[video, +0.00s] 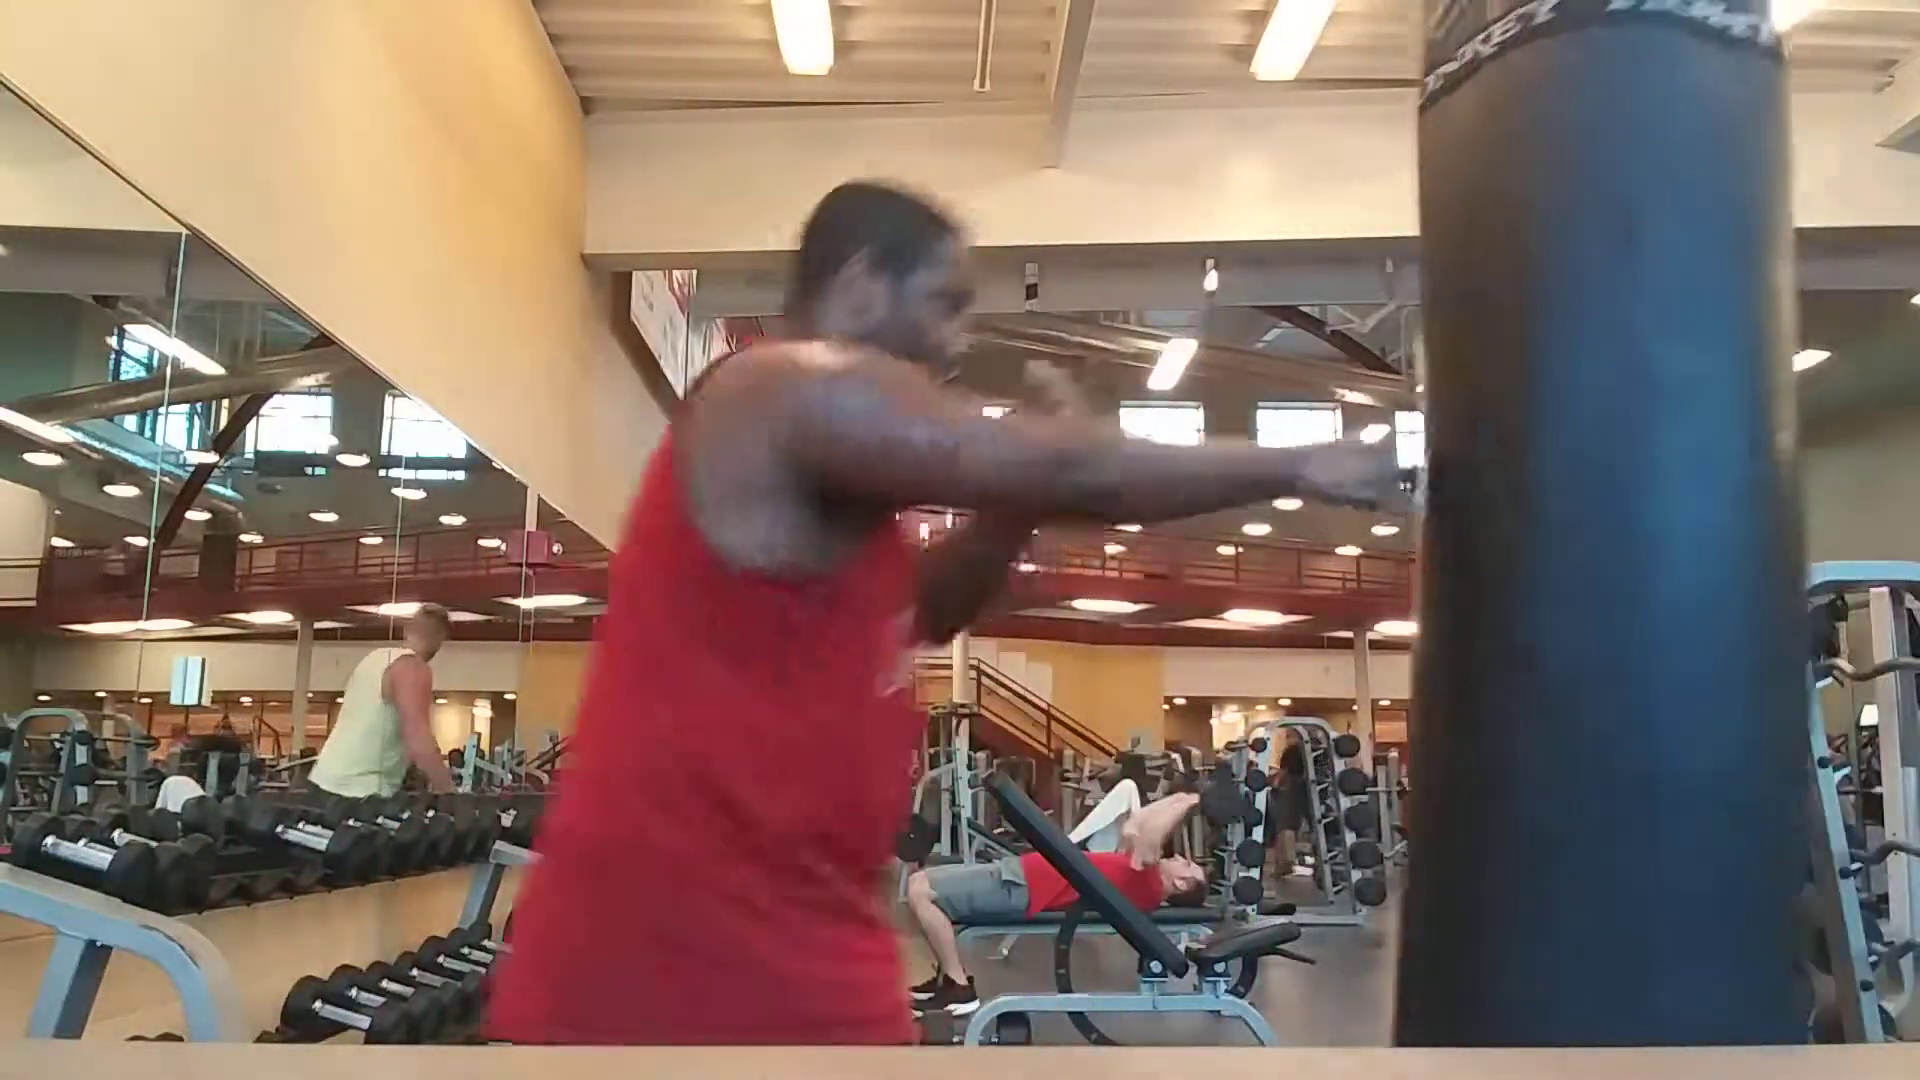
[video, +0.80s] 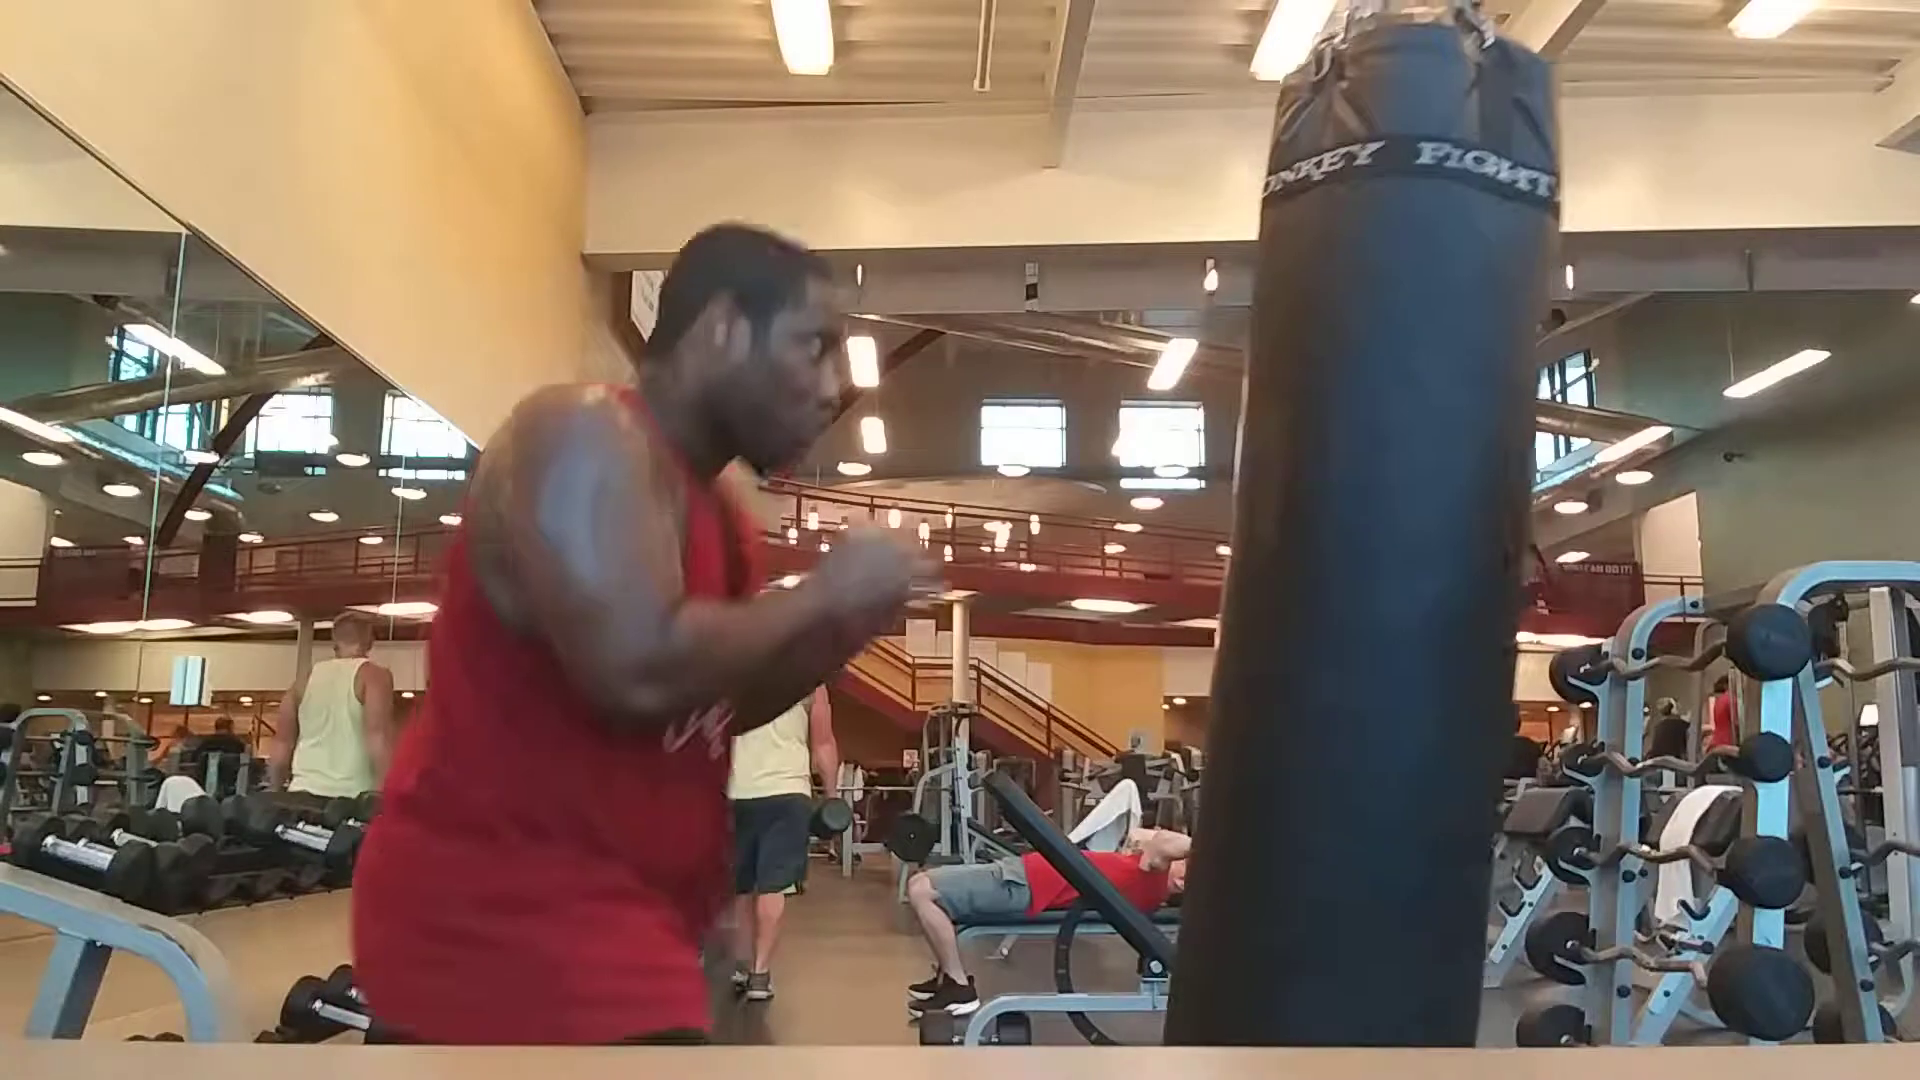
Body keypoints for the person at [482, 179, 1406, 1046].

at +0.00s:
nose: (957, 341)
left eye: (961, 314)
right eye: (943, 306)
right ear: (855, 282)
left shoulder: (814, 442)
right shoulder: (777, 390)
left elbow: (926, 608)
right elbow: (1060, 467)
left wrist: (1013, 493)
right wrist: (1294, 467)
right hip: (703, 956)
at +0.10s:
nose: (901, 374)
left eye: (906, 349)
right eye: (887, 344)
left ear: (796, 327)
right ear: (806, 327)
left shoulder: (709, 436)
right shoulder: (729, 422)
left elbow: (809, 665)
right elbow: (903, 561)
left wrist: (918, 522)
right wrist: (1138, 521)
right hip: (660, 929)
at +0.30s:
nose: (790, 365)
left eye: (793, 338)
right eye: (774, 331)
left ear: (690, 321)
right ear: (694, 318)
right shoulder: (618, 428)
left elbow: (693, 632)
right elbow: (671, 635)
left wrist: (786, 563)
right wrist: (894, 650)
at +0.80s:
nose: (837, 386)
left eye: (836, 355)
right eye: (815, 346)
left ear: (727, 337)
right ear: (722, 332)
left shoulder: (719, 515)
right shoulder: (575, 435)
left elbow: (718, 706)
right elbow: (632, 666)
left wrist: (836, 634)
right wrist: (819, 599)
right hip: (515, 916)